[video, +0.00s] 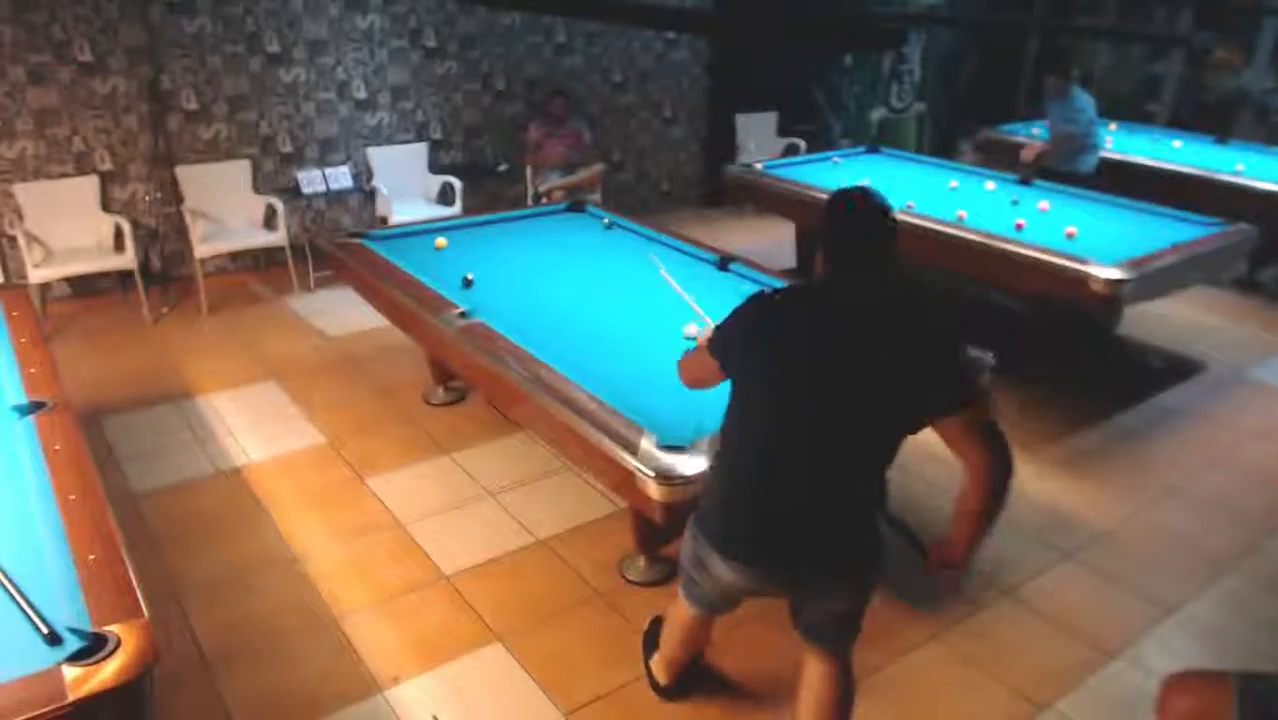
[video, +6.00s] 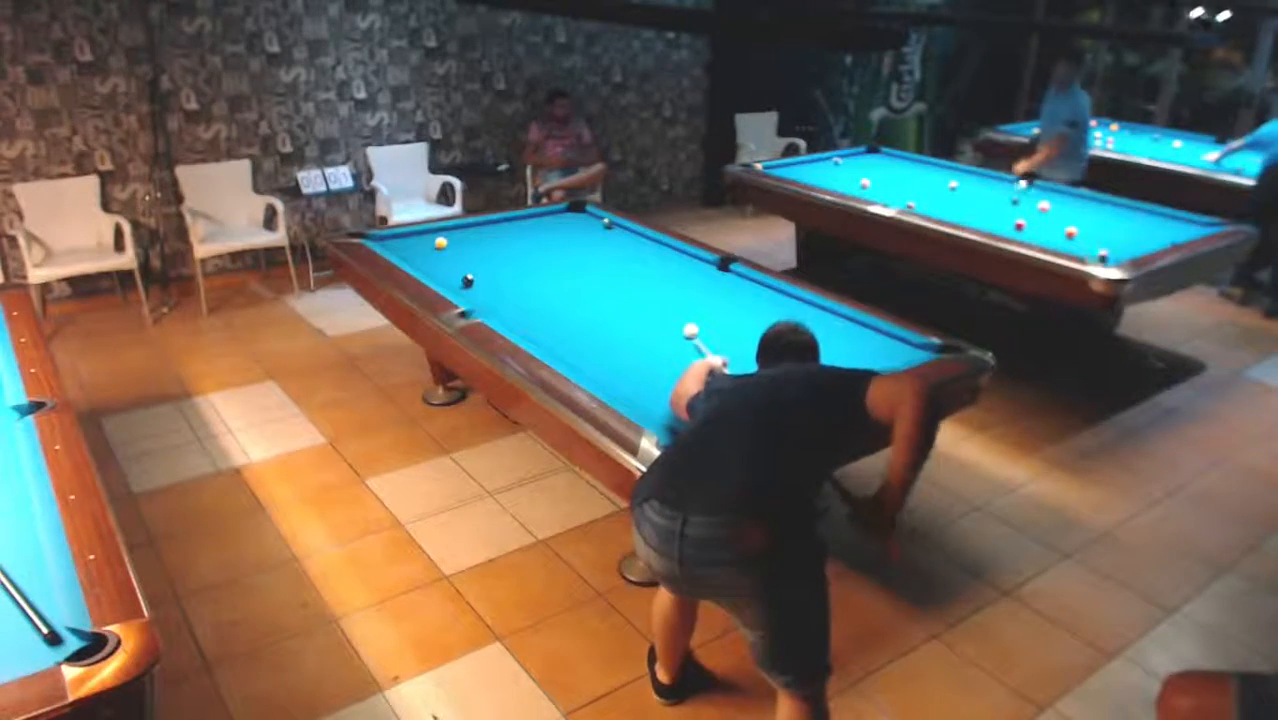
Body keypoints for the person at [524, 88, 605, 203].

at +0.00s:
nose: (558, 111)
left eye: (562, 107)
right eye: (554, 107)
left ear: (568, 109)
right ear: (547, 108)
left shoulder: (578, 127)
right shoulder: (537, 128)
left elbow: (588, 152)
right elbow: (530, 160)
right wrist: (531, 194)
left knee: (599, 167)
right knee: (559, 195)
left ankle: (550, 188)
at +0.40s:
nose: (558, 111)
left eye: (562, 107)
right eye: (554, 107)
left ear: (568, 108)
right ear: (547, 107)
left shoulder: (578, 127)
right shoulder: (537, 128)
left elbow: (588, 152)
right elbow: (530, 159)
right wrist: (531, 194)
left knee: (599, 168)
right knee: (559, 195)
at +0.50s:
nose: (559, 111)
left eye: (563, 106)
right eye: (555, 106)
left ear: (569, 107)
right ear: (548, 107)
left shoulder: (577, 125)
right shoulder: (538, 126)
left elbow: (589, 148)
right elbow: (530, 156)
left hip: (573, 168)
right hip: (546, 170)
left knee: (599, 168)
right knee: (559, 195)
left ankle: (548, 188)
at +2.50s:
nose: (560, 111)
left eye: (563, 106)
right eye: (555, 107)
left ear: (568, 108)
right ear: (549, 108)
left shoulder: (578, 125)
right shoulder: (540, 127)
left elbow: (593, 155)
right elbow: (528, 157)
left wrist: (572, 160)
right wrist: (552, 162)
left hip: (576, 166)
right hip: (552, 169)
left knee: (601, 168)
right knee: (558, 196)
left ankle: (549, 187)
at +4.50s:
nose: (559, 110)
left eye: (563, 106)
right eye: (555, 106)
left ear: (568, 107)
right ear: (548, 108)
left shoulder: (578, 126)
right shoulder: (538, 127)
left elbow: (592, 154)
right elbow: (529, 156)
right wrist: (555, 161)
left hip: (576, 166)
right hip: (549, 170)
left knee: (600, 169)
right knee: (559, 196)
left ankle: (551, 186)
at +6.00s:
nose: (563, 110)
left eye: (566, 106)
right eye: (559, 106)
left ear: (571, 107)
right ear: (551, 108)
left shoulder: (579, 125)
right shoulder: (539, 126)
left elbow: (592, 154)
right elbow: (528, 157)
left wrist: (570, 160)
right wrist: (554, 162)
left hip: (575, 167)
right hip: (549, 171)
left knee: (601, 168)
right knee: (558, 196)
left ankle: (550, 187)